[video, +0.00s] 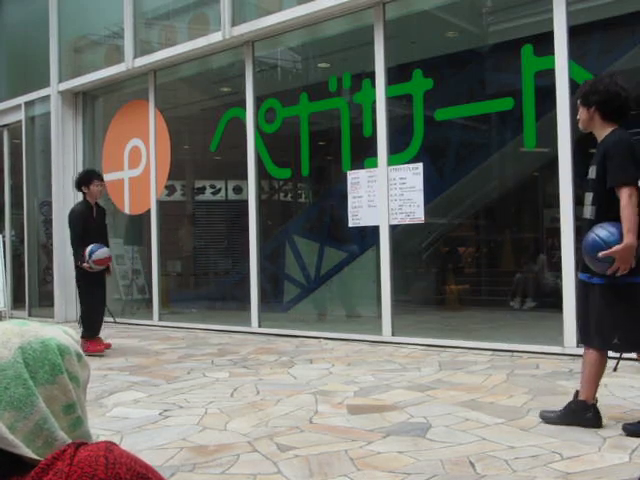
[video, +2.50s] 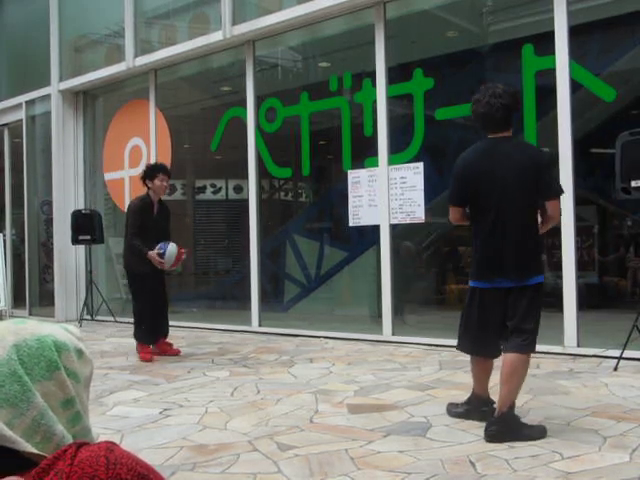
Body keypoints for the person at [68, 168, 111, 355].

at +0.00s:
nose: (101, 189)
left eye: (102, 185)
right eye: (97, 185)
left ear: (101, 187)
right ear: (85, 188)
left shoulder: (100, 211)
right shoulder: (78, 211)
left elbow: (104, 237)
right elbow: (75, 239)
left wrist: (107, 260)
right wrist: (80, 260)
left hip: (99, 262)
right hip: (84, 263)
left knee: (100, 300)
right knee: (89, 300)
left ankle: (94, 336)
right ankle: (87, 338)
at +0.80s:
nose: (90, 188)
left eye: (93, 184)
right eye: (86, 184)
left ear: (97, 187)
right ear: (78, 186)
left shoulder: (101, 211)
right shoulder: (70, 210)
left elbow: (104, 240)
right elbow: (56, 236)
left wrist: (101, 263)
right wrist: (53, 260)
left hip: (93, 266)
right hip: (73, 267)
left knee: (94, 304)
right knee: (74, 305)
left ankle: (91, 341)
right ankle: (75, 343)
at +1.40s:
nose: (107, 186)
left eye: (109, 183)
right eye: (102, 182)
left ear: (113, 185)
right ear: (93, 185)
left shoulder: (118, 210)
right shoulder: (83, 211)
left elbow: (125, 238)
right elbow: (69, 238)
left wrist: (125, 262)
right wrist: (62, 262)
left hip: (110, 266)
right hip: (88, 267)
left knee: (107, 305)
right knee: (89, 306)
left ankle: (91, 342)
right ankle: (103, 345)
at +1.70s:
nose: (127, 186)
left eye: (128, 182)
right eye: (122, 182)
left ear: (130, 184)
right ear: (109, 186)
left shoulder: (130, 208)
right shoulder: (101, 210)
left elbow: (133, 238)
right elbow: (91, 241)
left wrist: (131, 264)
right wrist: (89, 268)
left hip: (125, 263)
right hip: (106, 265)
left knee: (122, 306)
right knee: (113, 307)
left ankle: (96, 339)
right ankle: (123, 349)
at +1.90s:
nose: (141, 187)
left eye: (142, 183)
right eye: (137, 183)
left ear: (142, 184)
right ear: (124, 184)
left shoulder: (138, 207)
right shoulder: (113, 208)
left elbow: (143, 238)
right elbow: (109, 241)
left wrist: (144, 266)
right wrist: (117, 268)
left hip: (133, 266)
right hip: (114, 266)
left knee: (143, 300)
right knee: (119, 305)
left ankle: (124, 337)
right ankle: (122, 349)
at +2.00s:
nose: (148, 185)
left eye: (149, 181)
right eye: (144, 181)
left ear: (150, 183)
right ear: (131, 184)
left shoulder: (143, 208)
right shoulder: (119, 208)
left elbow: (146, 239)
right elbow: (119, 241)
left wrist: (150, 265)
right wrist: (129, 267)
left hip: (138, 264)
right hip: (118, 266)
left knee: (144, 303)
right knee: (122, 307)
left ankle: (146, 341)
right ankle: (124, 350)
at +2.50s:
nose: (165, 185)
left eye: (167, 182)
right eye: (161, 181)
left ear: (168, 184)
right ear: (148, 182)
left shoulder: (163, 208)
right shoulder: (137, 206)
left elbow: (164, 238)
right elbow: (132, 238)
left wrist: (175, 253)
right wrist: (148, 253)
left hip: (156, 260)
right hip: (137, 261)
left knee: (160, 300)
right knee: (143, 301)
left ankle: (160, 340)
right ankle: (143, 343)